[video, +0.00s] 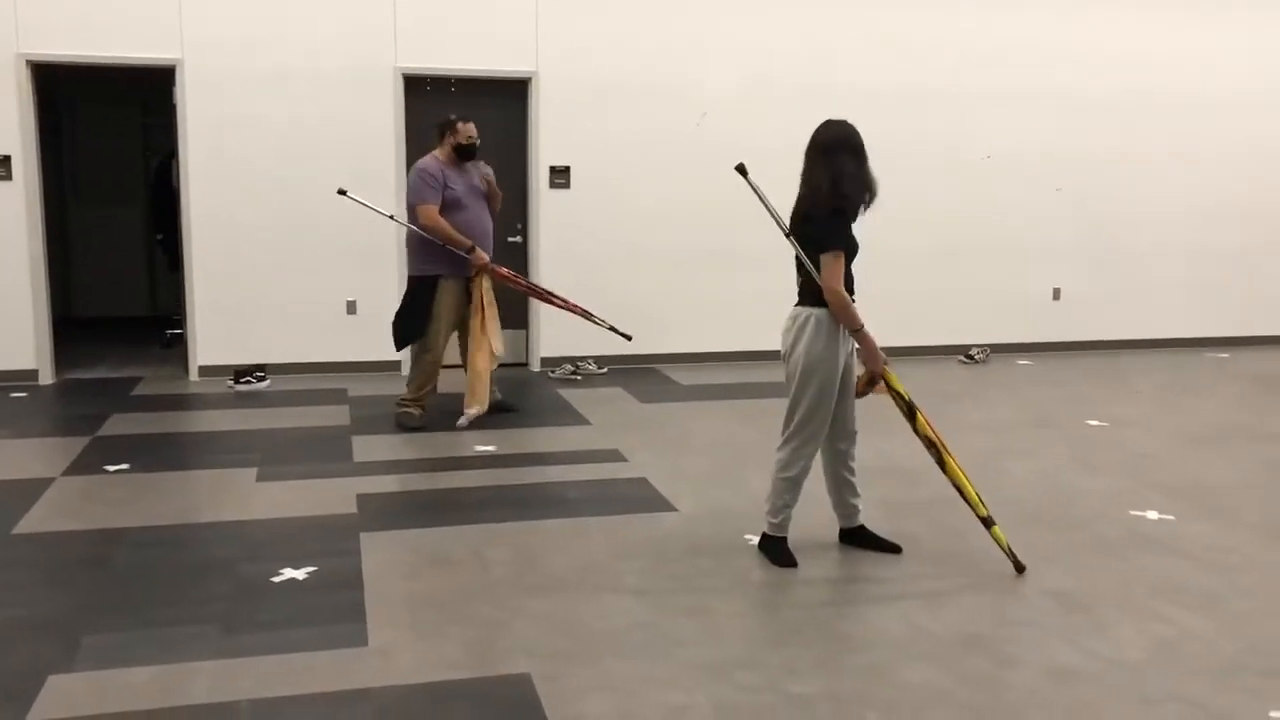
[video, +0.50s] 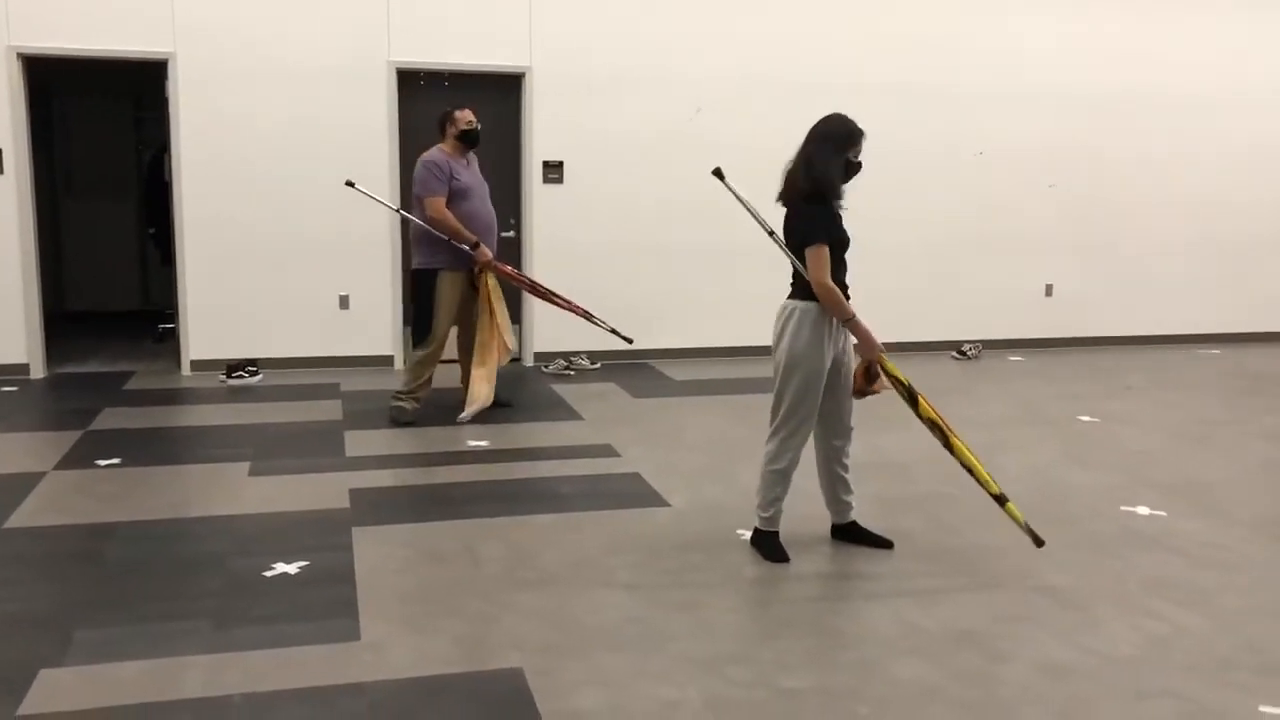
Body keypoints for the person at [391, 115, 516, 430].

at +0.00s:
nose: (474, 144)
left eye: (476, 139)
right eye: (468, 139)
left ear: (475, 140)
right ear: (450, 138)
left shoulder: (473, 168)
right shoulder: (427, 169)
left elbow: (492, 211)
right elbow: (428, 218)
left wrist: (492, 187)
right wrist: (470, 248)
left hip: (474, 269)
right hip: (439, 271)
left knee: (479, 337)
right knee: (431, 343)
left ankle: (485, 397)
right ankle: (411, 405)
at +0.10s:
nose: (478, 136)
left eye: (480, 131)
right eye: (471, 131)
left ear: (478, 135)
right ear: (452, 134)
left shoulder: (474, 164)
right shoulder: (433, 166)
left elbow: (483, 201)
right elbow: (433, 216)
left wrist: (500, 207)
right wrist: (474, 245)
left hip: (477, 265)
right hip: (442, 268)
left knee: (480, 333)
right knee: (433, 339)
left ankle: (483, 395)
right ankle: (410, 403)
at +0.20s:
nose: (479, 133)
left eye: (480, 128)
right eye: (472, 128)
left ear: (479, 133)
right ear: (454, 132)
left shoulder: (475, 162)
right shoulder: (436, 165)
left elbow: (483, 206)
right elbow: (436, 216)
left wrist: (497, 236)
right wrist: (477, 246)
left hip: (479, 264)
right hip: (444, 267)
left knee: (479, 333)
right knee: (437, 338)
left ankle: (479, 393)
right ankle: (409, 401)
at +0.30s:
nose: (478, 130)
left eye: (479, 125)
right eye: (471, 125)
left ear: (478, 131)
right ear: (453, 131)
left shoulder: (475, 162)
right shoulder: (435, 164)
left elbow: (481, 210)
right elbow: (438, 216)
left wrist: (489, 253)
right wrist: (478, 247)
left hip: (477, 264)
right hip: (443, 266)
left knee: (478, 333)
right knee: (435, 338)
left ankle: (478, 392)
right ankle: (408, 401)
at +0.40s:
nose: (477, 129)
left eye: (478, 124)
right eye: (470, 124)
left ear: (478, 131)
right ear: (452, 131)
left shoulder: (473, 161)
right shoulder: (435, 163)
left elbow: (479, 210)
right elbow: (437, 215)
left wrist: (488, 252)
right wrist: (477, 246)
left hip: (476, 263)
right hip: (442, 266)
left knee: (477, 332)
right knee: (433, 338)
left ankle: (478, 393)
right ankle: (407, 401)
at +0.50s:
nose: (474, 127)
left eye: (476, 123)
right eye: (467, 122)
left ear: (476, 131)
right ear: (449, 130)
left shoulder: (470, 161)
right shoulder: (432, 161)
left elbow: (474, 209)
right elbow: (435, 213)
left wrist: (485, 252)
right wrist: (475, 245)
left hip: (474, 262)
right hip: (440, 265)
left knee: (475, 332)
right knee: (431, 337)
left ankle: (477, 393)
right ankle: (406, 400)